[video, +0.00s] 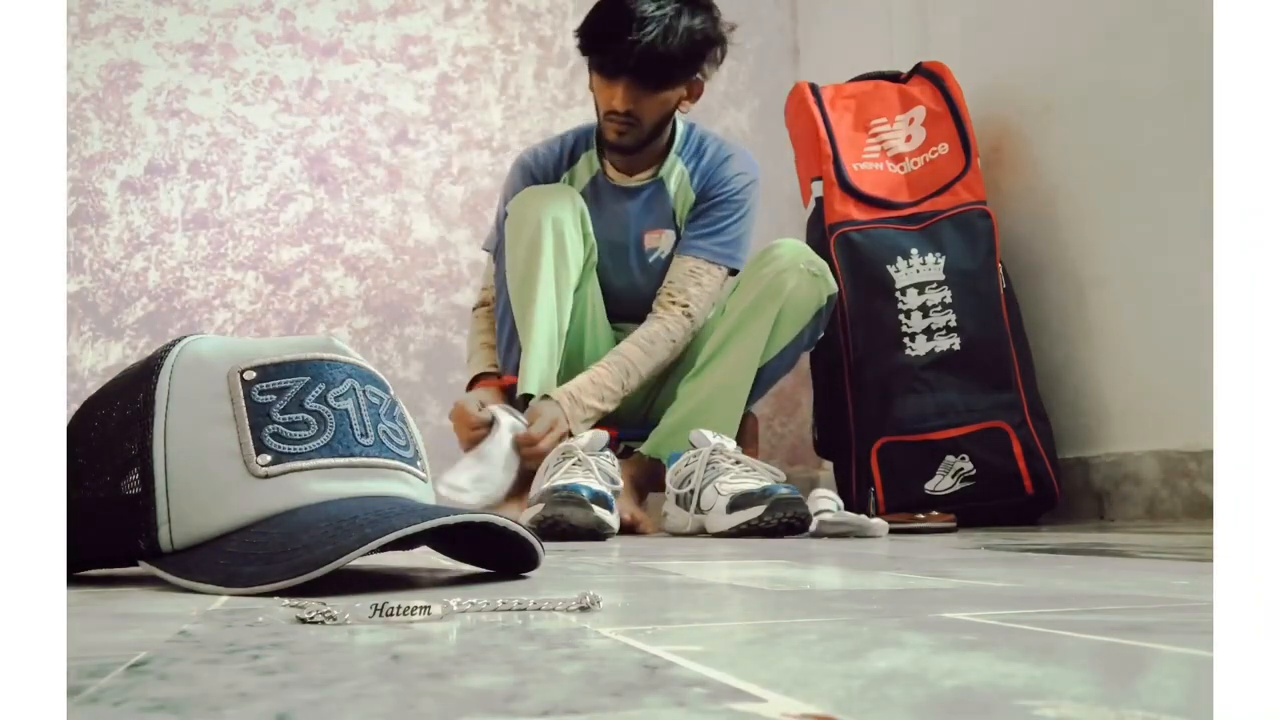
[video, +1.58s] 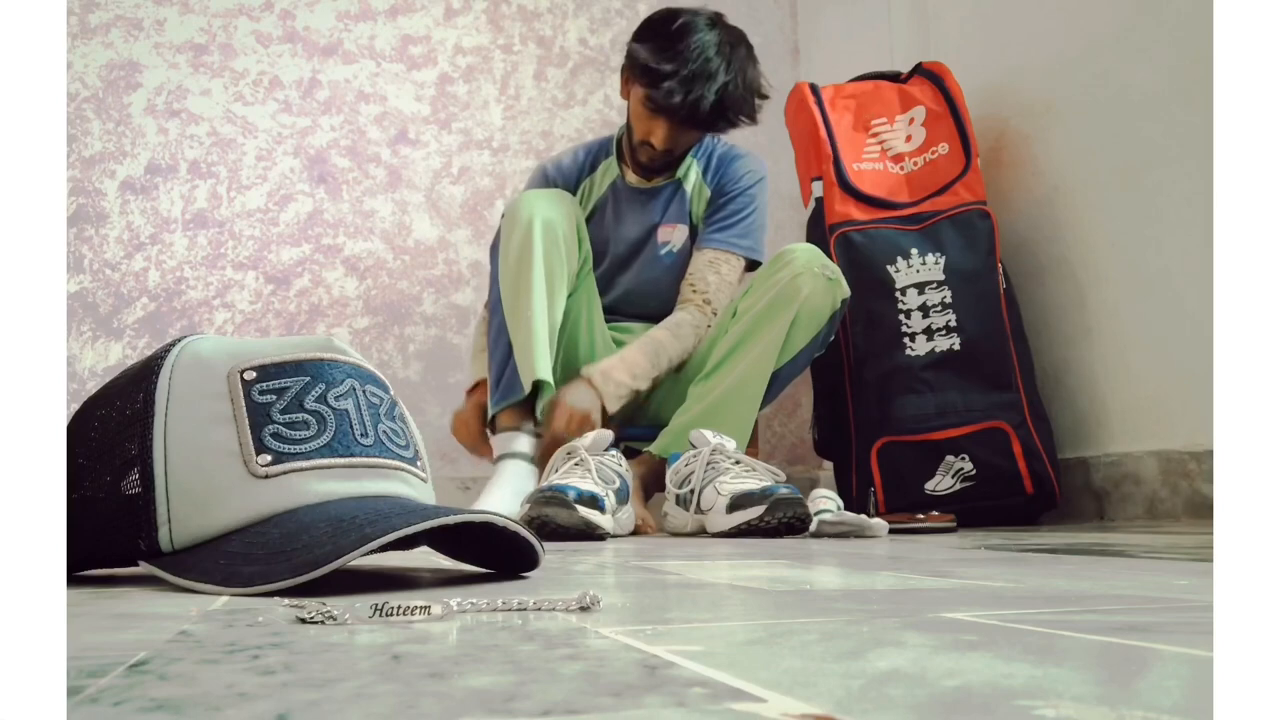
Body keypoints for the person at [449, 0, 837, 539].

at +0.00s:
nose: (619, 102)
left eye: (645, 86)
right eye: (607, 76)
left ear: (689, 92)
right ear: (589, 70)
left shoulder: (725, 173)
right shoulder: (541, 169)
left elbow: (676, 318)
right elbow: (493, 300)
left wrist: (571, 405)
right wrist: (486, 386)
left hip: (675, 378)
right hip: (577, 374)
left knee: (795, 264)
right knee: (542, 202)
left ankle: (649, 471)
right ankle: (565, 455)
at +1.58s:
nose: (660, 137)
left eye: (685, 123)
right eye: (651, 109)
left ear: (714, 119)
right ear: (627, 81)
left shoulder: (734, 175)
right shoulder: (563, 177)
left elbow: (699, 313)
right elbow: (505, 295)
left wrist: (598, 386)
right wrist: (484, 385)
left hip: (681, 376)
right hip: (582, 364)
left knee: (811, 269)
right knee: (537, 207)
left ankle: (644, 475)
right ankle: (517, 457)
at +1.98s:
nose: (672, 136)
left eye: (694, 125)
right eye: (663, 112)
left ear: (724, 117)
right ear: (637, 84)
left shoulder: (745, 187)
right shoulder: (569, 173)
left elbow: (709, 315)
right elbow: (508, 287)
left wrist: (609, 386)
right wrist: (486, 372)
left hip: (689, 376)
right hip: (587, 363)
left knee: (827, 279)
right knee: (550, 210)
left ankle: (655, 475)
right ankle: (524, 464)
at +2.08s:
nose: (674, 135)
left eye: (696, 121)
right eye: (664, 108)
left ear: (722, 116)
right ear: (633, 88)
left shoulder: (740, 183)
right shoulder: (566, 176)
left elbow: (726, 298)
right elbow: (506, 286)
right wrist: (475, 341)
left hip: (678, 384)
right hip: (579, 379)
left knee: (830, 281)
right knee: (546, 210)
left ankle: (698, 461)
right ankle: (520, 461)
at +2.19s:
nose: (659, 123)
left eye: (678, 105)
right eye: (644, 99)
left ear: (701, 99)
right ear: (612, 89)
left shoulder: (730, 175)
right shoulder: (556, 178)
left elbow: (775, 281)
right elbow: (473, 315)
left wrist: (736, 212)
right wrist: (444, 277)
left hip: (689, 371)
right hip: (587, 363)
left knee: (821, 277)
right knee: (528, 205)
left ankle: (681, 467)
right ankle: (524, 460)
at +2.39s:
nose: (614, 145)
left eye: (628, 126)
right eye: (596, 129)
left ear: (655, 115)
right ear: (571, 122)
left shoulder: (698, 206)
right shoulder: (550, 193)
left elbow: (751, 294)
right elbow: (453, 275)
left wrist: (825, 252)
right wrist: (486, 200)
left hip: (691, 387)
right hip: (588, 384)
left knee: (737, 202)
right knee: (547, 196)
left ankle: (758, 426)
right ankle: (542, 423)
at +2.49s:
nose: (607, 143)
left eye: (618, 123)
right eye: (589, 128)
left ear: (647, 108)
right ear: (565, 131)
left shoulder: (695, 202)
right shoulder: (553, 205)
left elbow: (758, 287)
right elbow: (455, 309)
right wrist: (465, 235)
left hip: (690, 382)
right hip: (592, 384)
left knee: (751, 208)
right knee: (566, 187)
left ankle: (772, 462)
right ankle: (586, 446)